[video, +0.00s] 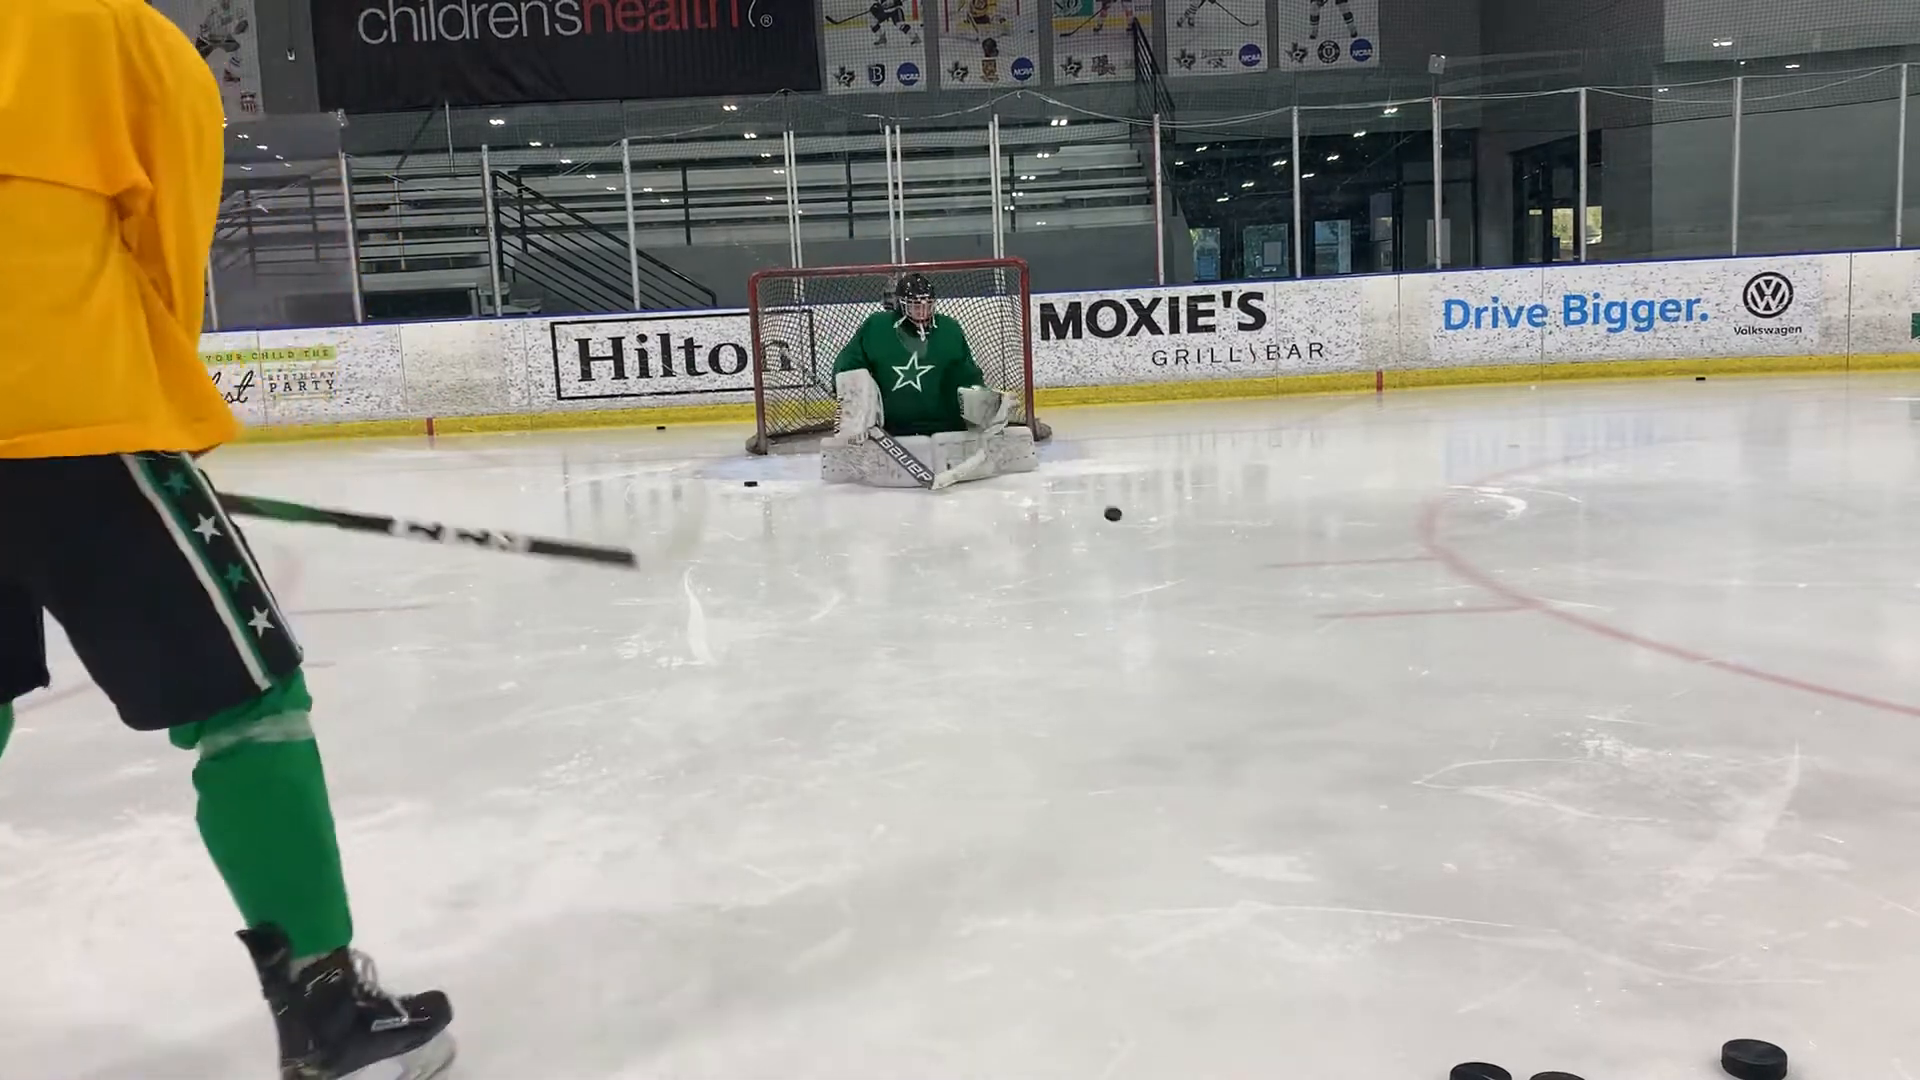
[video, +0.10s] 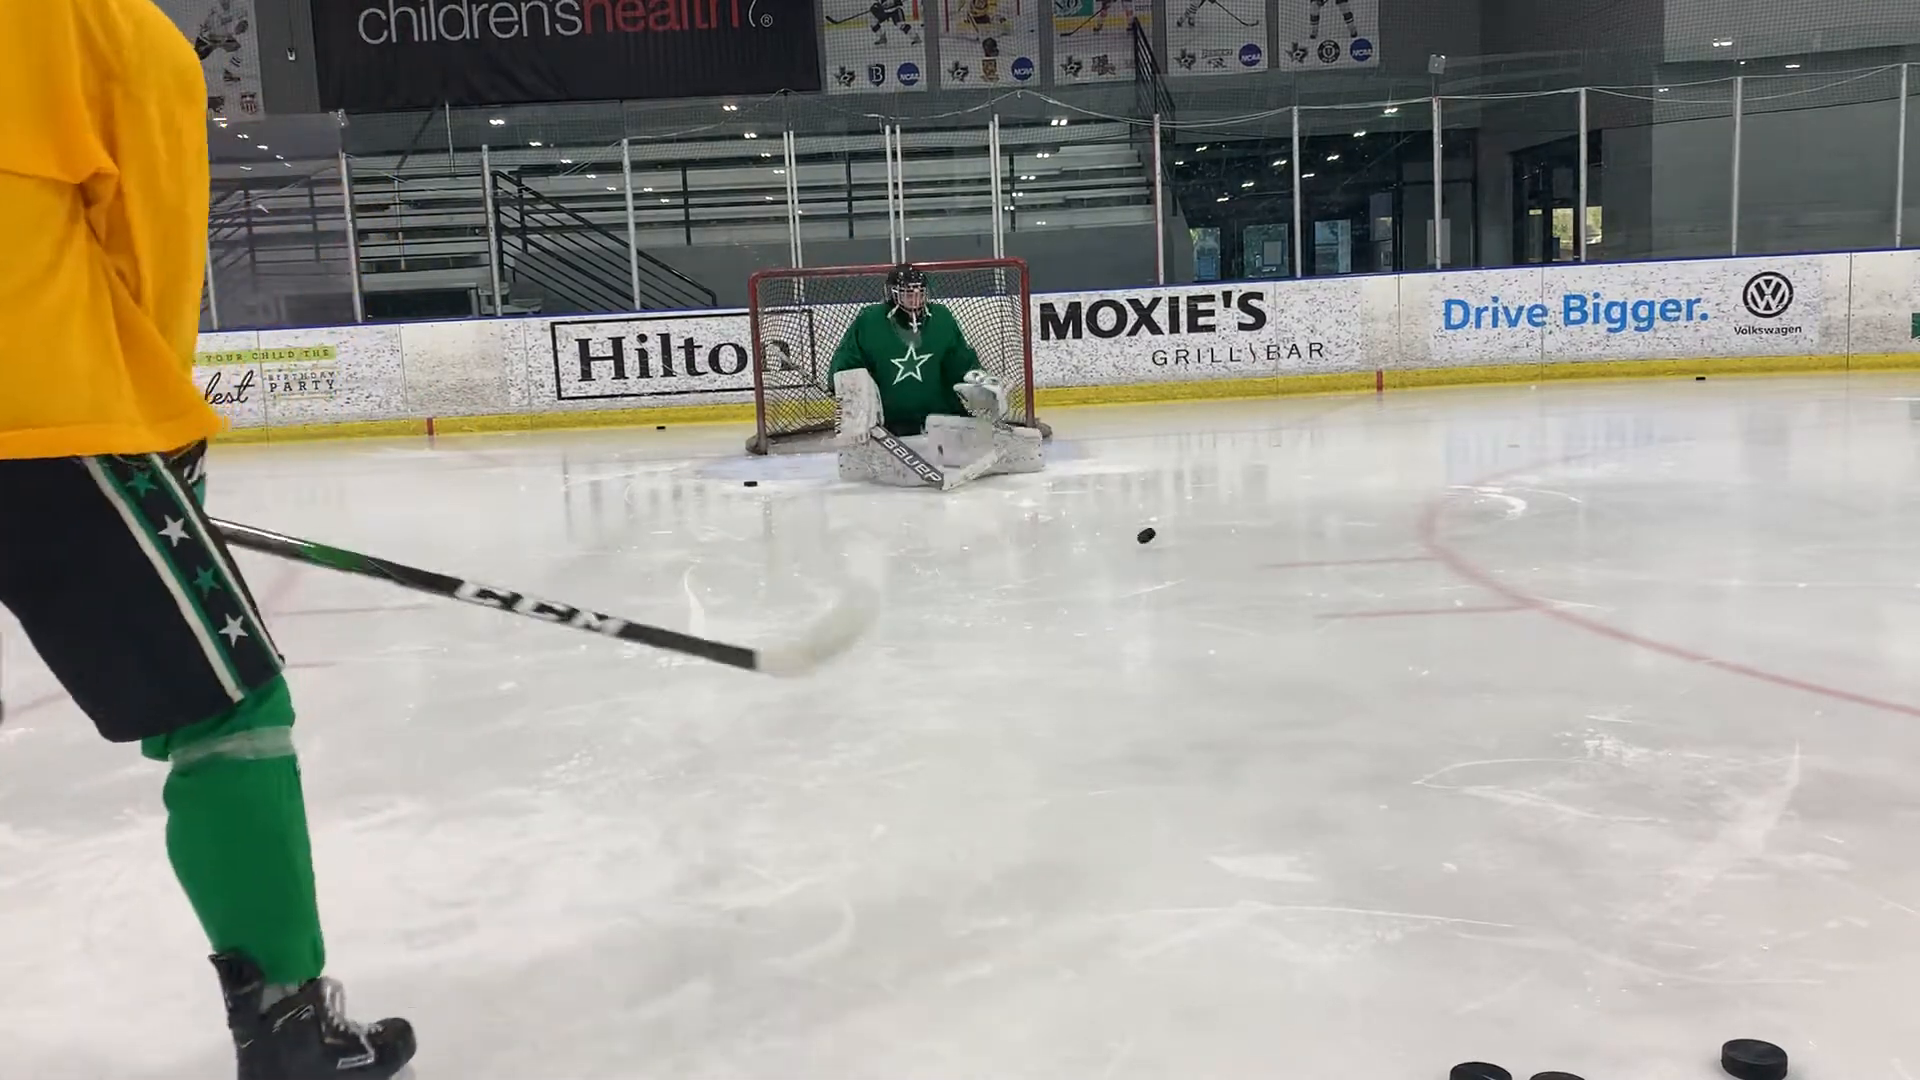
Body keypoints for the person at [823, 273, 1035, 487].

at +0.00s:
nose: (923, 310)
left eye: (927, 303)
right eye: (916, 304)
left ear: (933, 303)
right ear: (901, 303)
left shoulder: (949, 329)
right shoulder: (876, 328)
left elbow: (968, 377)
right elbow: (846, 365)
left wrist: (986, 410)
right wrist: (858, 401)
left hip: (947, 433)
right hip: (894, 433)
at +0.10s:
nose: (914, 299)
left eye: (918, 293)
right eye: (907, 293)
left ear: (925, 292)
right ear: (893, 294)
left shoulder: (941, 319)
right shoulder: (869, 322)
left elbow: (964, 365)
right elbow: (840, 372)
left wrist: (983, 389)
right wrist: (858, 394)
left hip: (945, 424)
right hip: (889, 427)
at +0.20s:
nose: (912, 288)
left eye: (916, 281)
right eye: (905, 282)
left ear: (921, 282)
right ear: (889, 284)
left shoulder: (934, 308)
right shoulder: (864, 314)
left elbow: (960, 351)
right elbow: (844, 368)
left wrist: (984, 373)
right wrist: (862, 404)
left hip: (940, 415)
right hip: (889, 420)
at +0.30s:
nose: (907, 281)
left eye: (911, 275)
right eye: (900, 276)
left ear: (917, 275)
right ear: (885, 276)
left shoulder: (930, 296)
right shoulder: (864, 307)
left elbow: (959, 334)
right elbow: (849, 362)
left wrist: (988, 352)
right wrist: (863, 403)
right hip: (892, 398)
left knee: (981, 384)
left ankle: (984, 452)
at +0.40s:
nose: (907, 278)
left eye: (911, 271)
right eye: (900, 272)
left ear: (917, 271)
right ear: (885, 273)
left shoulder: (929, 294)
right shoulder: (865, 306)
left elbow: (958, 328)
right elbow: (853, 365)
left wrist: (997, 332)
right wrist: (868, 407)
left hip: (932, 379)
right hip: (896, 395)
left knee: (983, 371)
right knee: (917, 461)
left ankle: (965, 447)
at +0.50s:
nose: (910, 274)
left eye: (914, 268)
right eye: (903, 268)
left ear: (920, 268)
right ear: (887, 270)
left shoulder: (929, 291)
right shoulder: (868, 304)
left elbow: (954, 322)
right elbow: (857, 362)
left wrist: (988, 329)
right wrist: (871, 406)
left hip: (931, 376)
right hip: (896, 392)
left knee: (979, 379)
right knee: (915, 462)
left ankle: (964, 449)